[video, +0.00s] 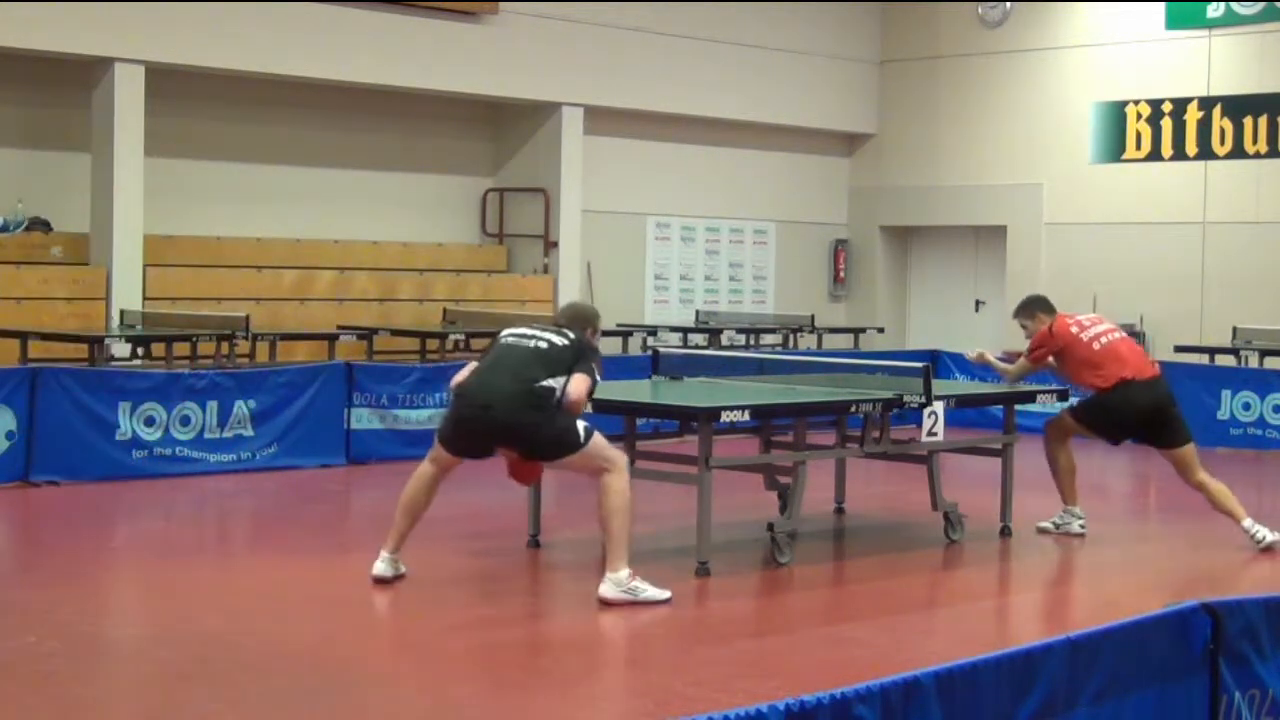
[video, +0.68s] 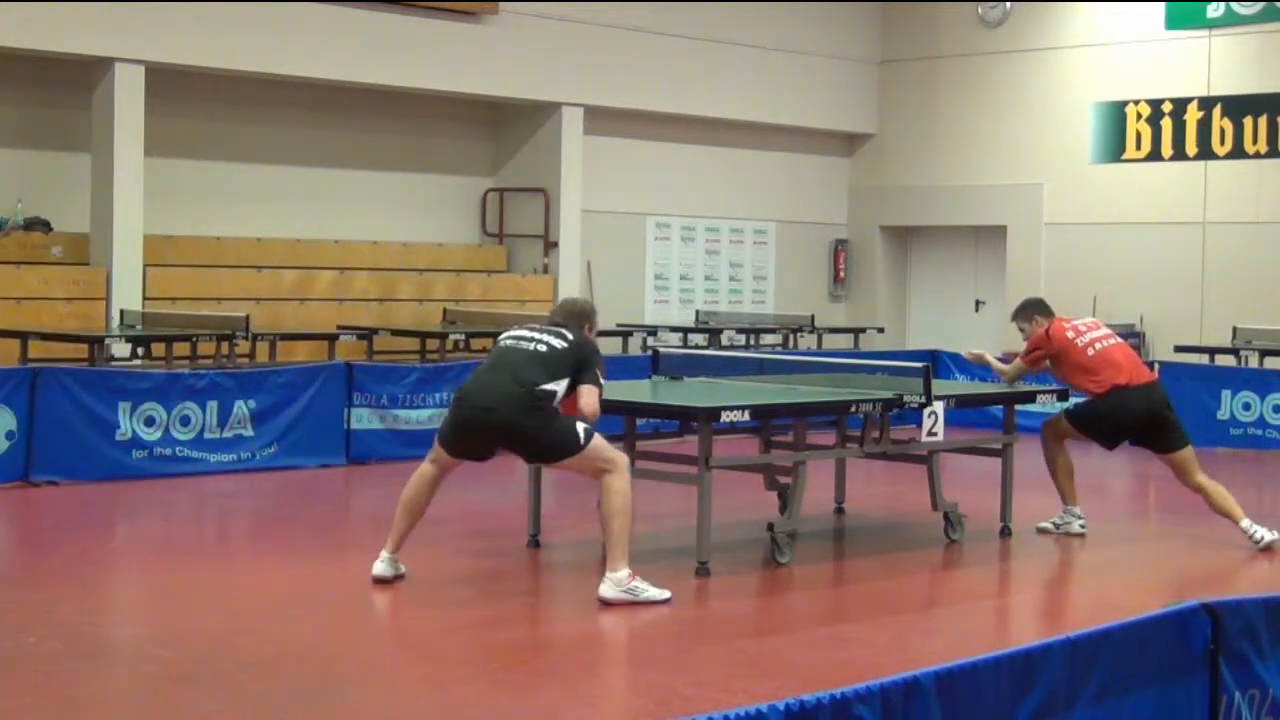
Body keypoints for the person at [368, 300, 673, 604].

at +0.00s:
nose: (597, 342)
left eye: (596, 336)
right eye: (597, 336)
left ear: (559, 322)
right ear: (589, 332)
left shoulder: (512, 334)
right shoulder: (584, 349)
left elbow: (458, 382)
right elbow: (574, 396)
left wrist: (501, 432)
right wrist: (558, 436)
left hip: (471, 408)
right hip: (529, 415)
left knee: (435, 464)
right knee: (615, 465)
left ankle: (386, 557)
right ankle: (618, 576)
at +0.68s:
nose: (595, 338)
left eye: (594, 332)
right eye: (595, 332)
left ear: (555, 319)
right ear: (586, 329)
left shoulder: (516, 331)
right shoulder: (583, 347)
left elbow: (496, 373)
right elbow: (589, 409)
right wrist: (578, 430)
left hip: (470, 409)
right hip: (525, 417)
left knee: (435, 464)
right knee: (616, 466)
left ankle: (386, 556)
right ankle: (618, 576)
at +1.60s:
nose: (587, 292)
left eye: (586, 286)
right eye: (586, 286)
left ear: (542, 284)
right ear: (577, 288)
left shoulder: (510, 303)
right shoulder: (579, 313)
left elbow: (498, 349)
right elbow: (604, 384)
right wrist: (593, 359)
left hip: (474, 399)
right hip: (529, 404)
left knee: (435, 463)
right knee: (615, 464)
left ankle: (386, 557)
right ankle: (618, 575)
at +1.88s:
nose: (591, 277)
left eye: (589, 270)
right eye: (590, 270)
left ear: (545, 269)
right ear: (580, 272)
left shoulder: (511, 291)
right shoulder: (582, 298)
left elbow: (498, 339)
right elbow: (605, 369)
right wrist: (598, 342)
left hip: (478, 387)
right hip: (532, 393)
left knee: (437, 462)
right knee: (613, 464)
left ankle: (387, 556)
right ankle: (618, 576)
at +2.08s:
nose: (594, 279)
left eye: (592, 272)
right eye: (593, 272)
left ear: (550, 271)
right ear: (584, 275)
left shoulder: (518, 297)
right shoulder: (584, 303)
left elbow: (500, 348)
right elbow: (608, 368)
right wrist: (622, 379)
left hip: (486, 400)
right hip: (539, 404)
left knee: (444, 467)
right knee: (625, 469)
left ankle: (389, 556)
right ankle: (619, 577)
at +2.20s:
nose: (595, 247)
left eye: (594, 242)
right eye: (594, 241)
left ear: (548, 244)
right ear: (585, 243)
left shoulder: (519, 272)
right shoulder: (591, 275)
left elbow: (487, 337)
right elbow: (608, 329)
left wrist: (525, 340)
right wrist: (625, 353)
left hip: (502, 374)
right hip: (553, 379)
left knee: (459, 450)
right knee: (627, 459)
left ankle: (408, 536)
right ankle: (621, 562)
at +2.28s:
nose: (595, 237)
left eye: (593, 231)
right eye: (593, 231)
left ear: (549, 233)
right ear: (585, 234)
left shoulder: (519, 263)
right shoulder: (595, 264)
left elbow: (482, 330)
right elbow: (612, 319)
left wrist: (508, 339)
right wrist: (629, 347)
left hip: (505, 366)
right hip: (558, 369)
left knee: (467, 442)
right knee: (633, 444)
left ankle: (431, 534)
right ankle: (622, 547)